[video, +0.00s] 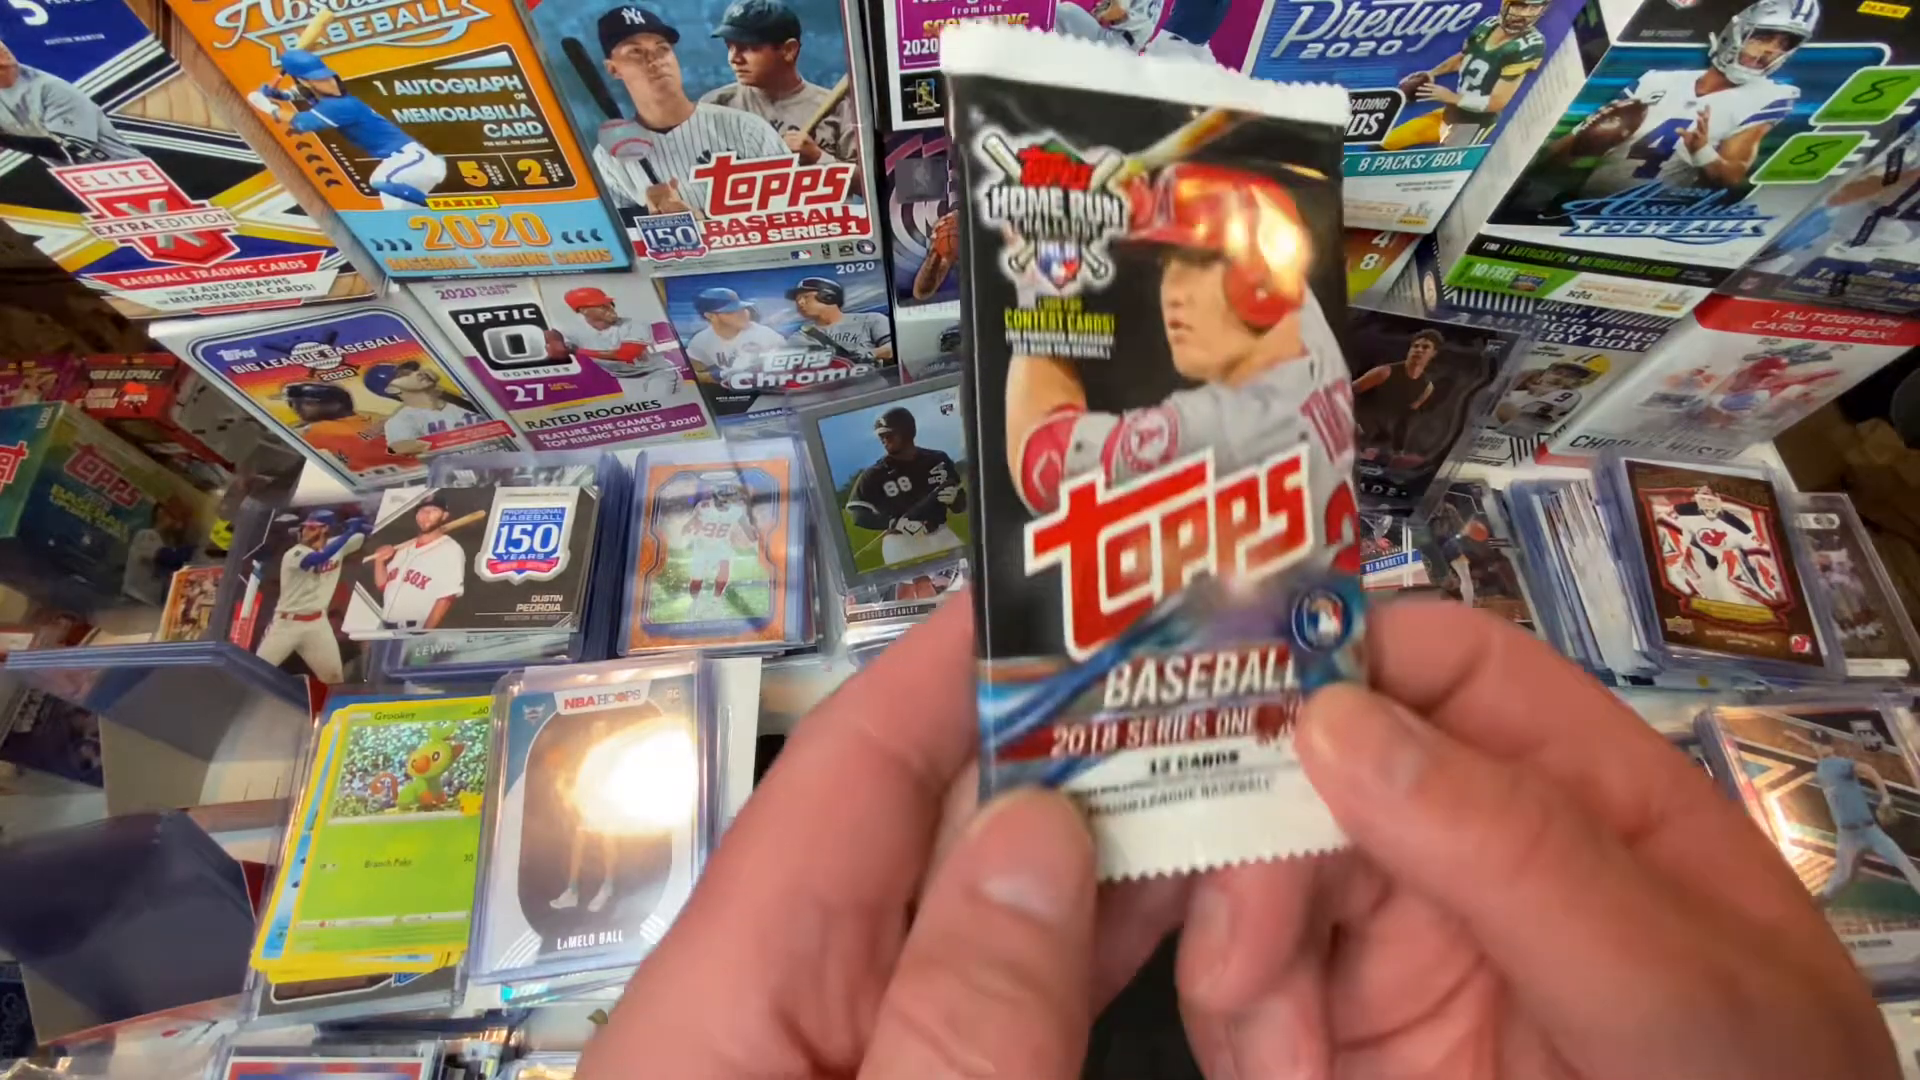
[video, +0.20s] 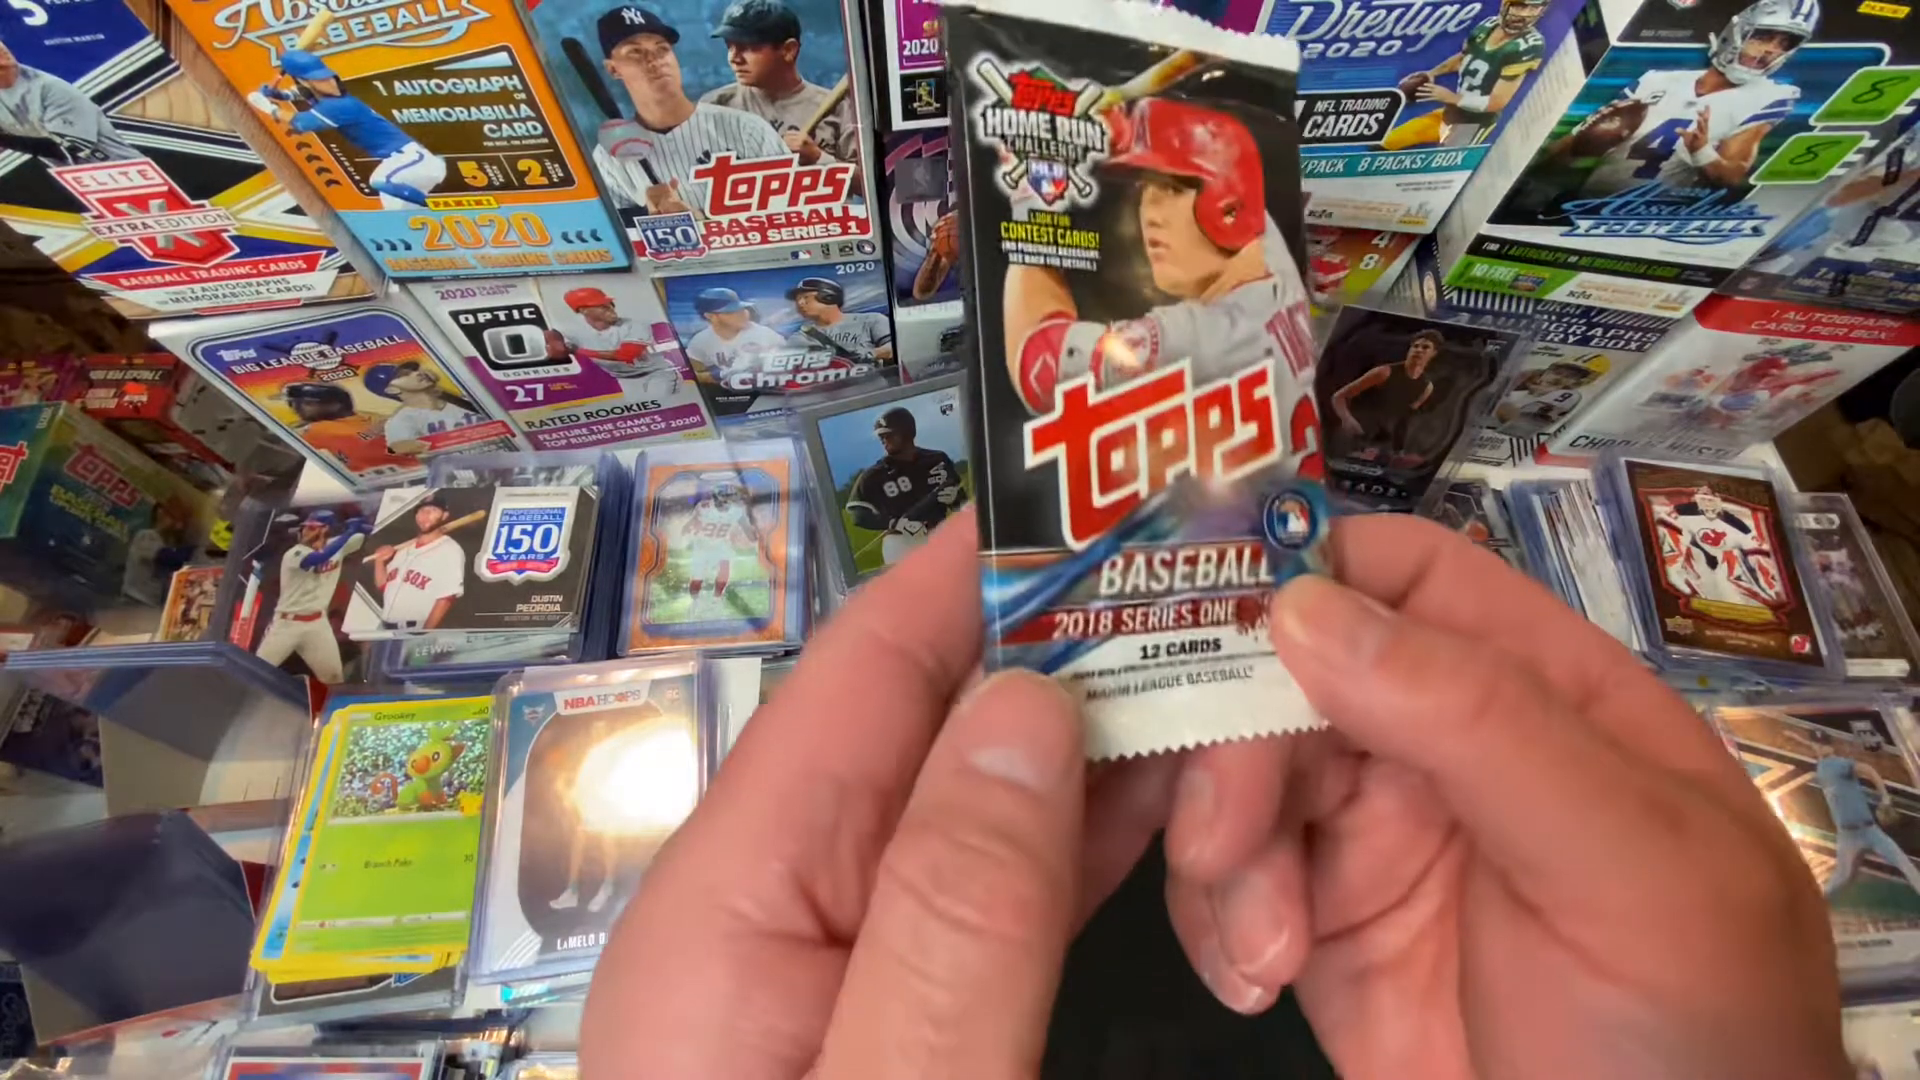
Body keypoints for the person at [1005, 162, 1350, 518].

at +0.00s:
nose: (1171, 294)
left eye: (1199, 263)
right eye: (1168, 265)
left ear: (1265, 287)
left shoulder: (1217, 429)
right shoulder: (1320, 374)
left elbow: (1044, 455)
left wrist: (1041, 296)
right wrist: (1154, 200)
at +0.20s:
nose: (1149, 214)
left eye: (1175, 190)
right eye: (1147, 189)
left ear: (1233, 210)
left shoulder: (1200, 339)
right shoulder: (1281, 290)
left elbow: (1043, 361)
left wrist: (1033, 213)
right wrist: (1132, 129)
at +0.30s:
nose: (1128, 207)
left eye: (1154, 182)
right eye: (1125, 182)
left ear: (1211, 201)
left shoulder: (1178, 330)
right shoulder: (1259, 283)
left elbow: (1024, 350)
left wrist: (1016, 203)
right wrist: (1113, 125)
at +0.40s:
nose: (1097, 208)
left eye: (1121, 185)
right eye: (1093, 185)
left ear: (1179, 203)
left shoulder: (1148, 329)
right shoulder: (1227, 281)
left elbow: (993, 350)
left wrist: (983, 205)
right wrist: (1075, 122)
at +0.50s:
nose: (1038, 247)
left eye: (1061, 223)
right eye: (1034, 226)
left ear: (1119, 238)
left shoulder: (1091, 368)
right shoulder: (1165, 318)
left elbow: (935, 394)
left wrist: (923, 249)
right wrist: (1002, 162)